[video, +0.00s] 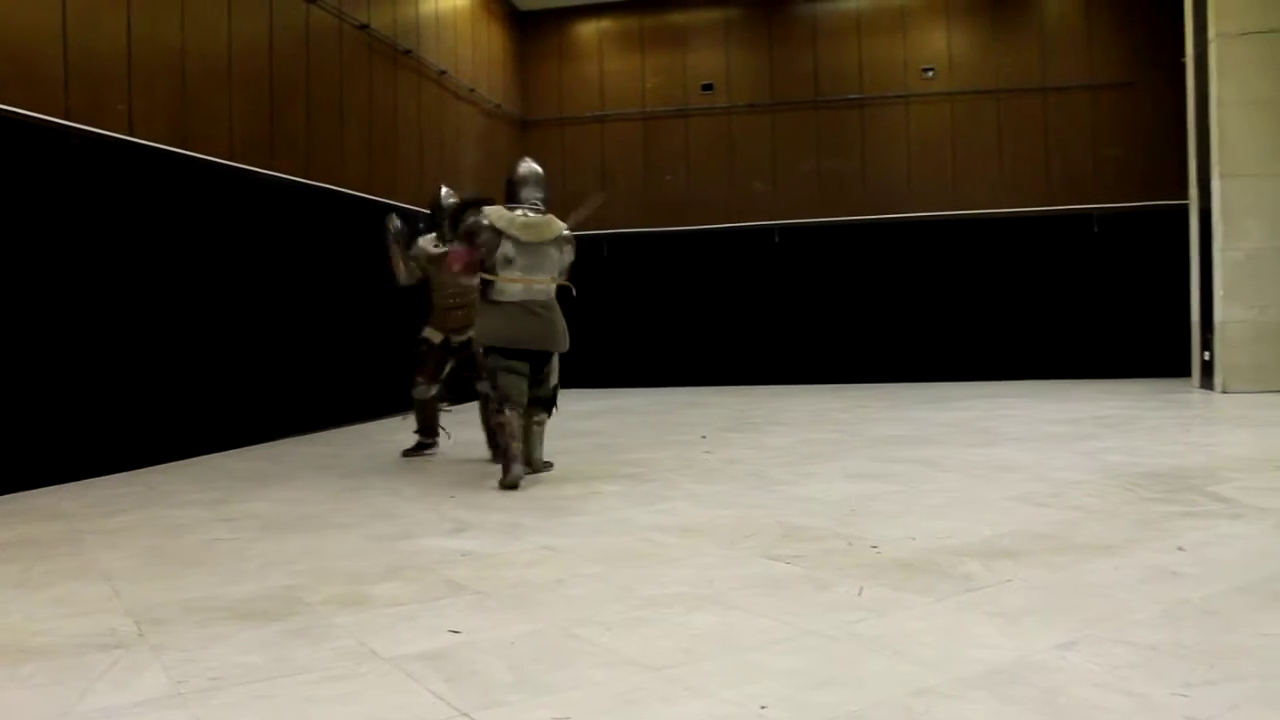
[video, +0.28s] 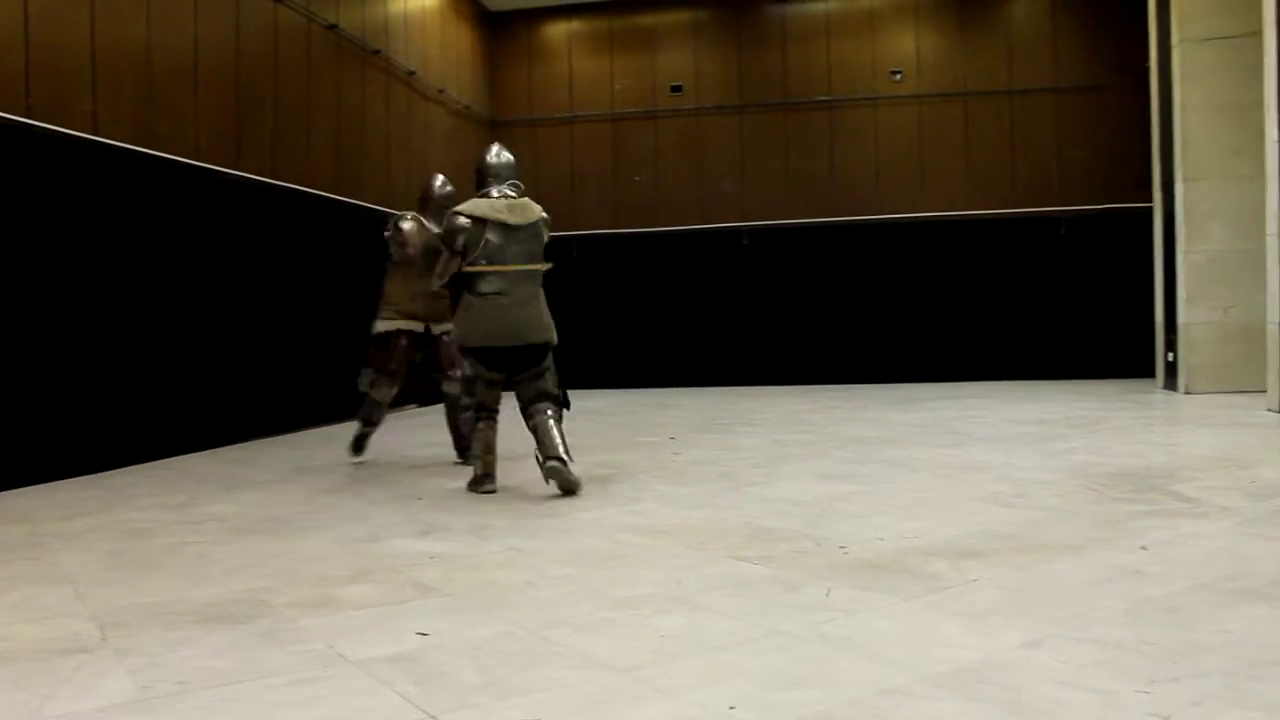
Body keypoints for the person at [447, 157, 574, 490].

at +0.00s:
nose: (527, 196)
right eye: (534, 190)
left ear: (510, 189)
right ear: (543, 191)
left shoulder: (491, 221)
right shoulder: (560, 234)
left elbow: (469, 259)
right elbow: (562, 273)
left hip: (500, 323)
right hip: (543, 324)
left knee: (507, 392)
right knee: (540, 390)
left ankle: (512, 461)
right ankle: (534, 457)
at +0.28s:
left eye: (482, 176)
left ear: (480, 177)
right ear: (516, 176)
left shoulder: (465, 218)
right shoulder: (537, 216)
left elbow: (441, 273)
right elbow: (538, 251)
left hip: (483, 325)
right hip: (531, 323)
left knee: (484, 400)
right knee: (539, 394)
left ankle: (485, 473)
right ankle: (555, 456)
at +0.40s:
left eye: (489, 182)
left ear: (484, 184)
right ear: (520, 184)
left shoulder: (466, 225)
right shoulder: (538, 226)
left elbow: (449, 271)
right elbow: (542, 278)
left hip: (477, 334)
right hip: (528, 333)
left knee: (474, 397)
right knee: (544, 402)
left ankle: (474, 473)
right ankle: (568, 461)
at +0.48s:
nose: (504, 189)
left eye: (498, 183)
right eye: (514, 184)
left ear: (491, 186)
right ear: (526, 184)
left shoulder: (472, 223)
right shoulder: (545, 228)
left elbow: (433, 250)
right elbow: (546, 267)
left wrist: (427, 215)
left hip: (483, 332)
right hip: (533, 331)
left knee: (477, 396)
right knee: (544, 404)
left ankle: (470, 473)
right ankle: (565, 472)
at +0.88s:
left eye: (482, 165)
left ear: (479, 164)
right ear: (519, 167)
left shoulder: (458, 200)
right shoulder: (542, 214)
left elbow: (416, 230)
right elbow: (547, 263)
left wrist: (417, 199)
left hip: (464, 323)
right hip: (523, 325)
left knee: (449, 388)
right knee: (535, 400)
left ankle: (428, 466)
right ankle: (542, 490)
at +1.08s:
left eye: (454, 173)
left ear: (450, 175)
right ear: (489, 174)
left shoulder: (428, 219)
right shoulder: (521, 224)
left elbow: (386, 267)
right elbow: (532, 284)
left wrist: (395, 226)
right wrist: (490, 265)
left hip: (443, 334)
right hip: (504, 335)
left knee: (410, 404)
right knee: (525, 406)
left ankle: (377, 480)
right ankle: (535, 490)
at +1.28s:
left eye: (422, 174)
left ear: (417, 178)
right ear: (457, 177)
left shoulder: (399, 224)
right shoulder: (485, 228)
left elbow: (359, 278)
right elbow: (496, 294)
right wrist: (454, 278)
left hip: (410, 340)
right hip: (469, 340)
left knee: (392, 407)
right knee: (494, 417)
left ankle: (379, 487)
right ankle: (530, 488)